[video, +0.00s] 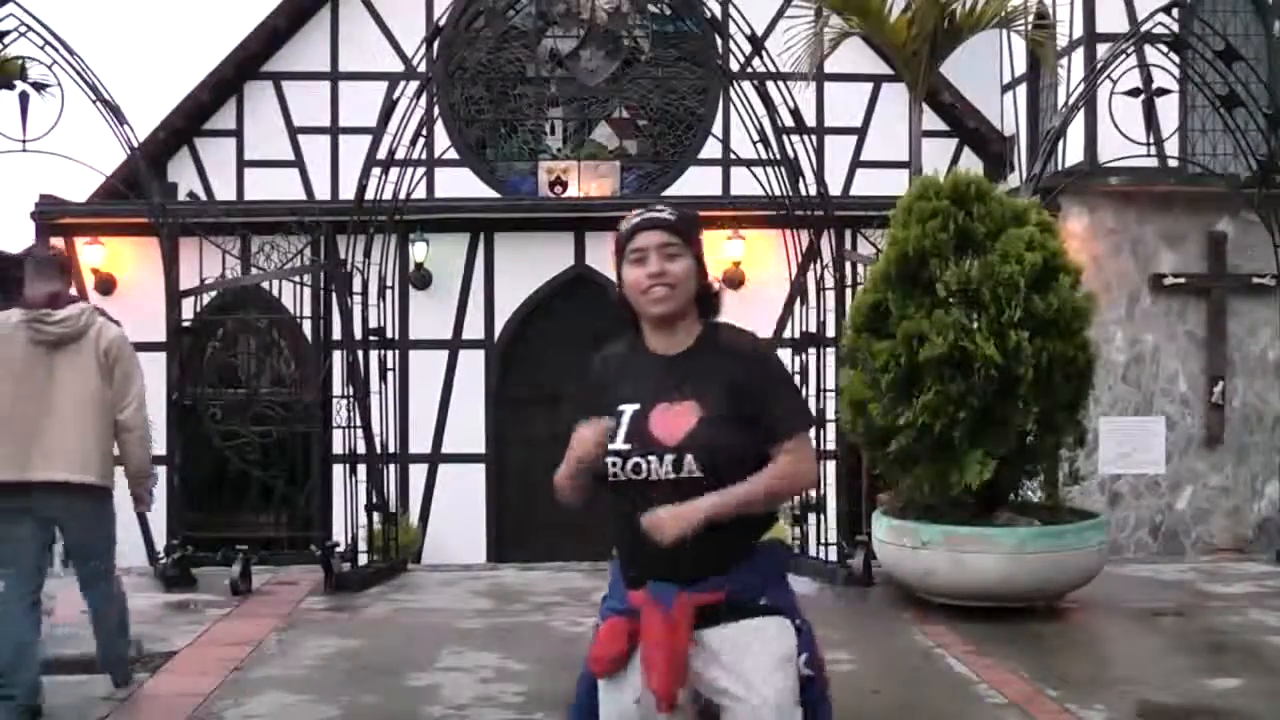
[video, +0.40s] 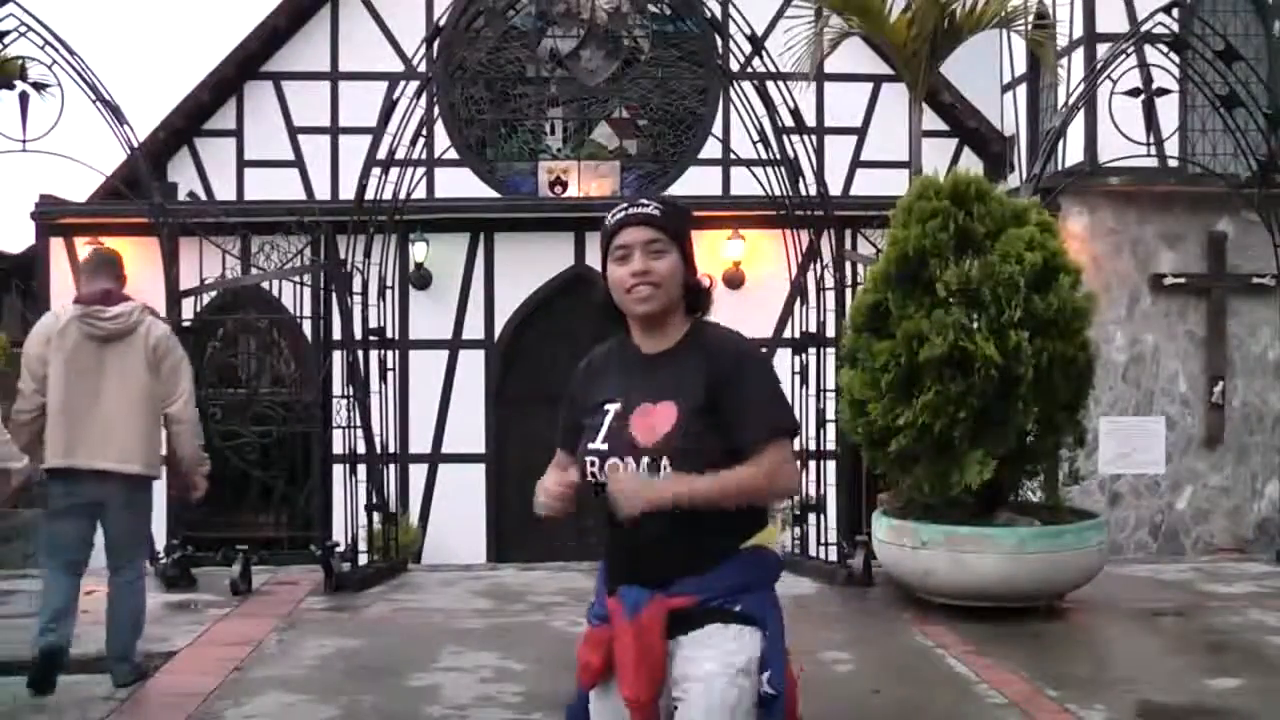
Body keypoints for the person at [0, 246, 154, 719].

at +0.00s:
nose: (36, 297)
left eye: (33, 291)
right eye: (46, 289)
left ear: (24, 289)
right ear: (69, 286)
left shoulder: (5, 331)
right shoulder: (105, 335)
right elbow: (132, 417)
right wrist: (141, 484)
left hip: (13, 482)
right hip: (82, 482)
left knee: (16, 590)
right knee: (99, 575)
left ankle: (16, 703)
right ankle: (119, 671)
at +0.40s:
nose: (87, 291)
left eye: (83, 283)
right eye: (112, 284)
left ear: (79, 283)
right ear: (124, 283)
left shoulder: (50, 330)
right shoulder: (156, 334)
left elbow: (24, 410)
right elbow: (181, 411)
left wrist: (41, 451)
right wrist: (193, 470)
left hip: (68, 471)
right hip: (130, 473)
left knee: (60, 565)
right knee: (127, 570)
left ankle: (51, 641)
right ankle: (123, 667)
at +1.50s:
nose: (97, 295)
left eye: (97, 289)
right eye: (99, 290)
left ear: (100, 289)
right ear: (136, 287)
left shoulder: (75, 336)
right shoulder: (164, 335)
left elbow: (60, 397)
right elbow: (186, 405)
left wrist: (66, 443)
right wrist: (197, 455)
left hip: (92, 456)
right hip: (147, 455)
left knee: (106, 546)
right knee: (162, 538)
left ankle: (117, 633)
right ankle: (175, 621)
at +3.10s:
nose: (88, 301)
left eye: (82, 293)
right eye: (103, 295)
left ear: (78, 294)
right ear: (110, 296)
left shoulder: (53, 339)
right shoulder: (133, 339)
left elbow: (39, 396)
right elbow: (149, 395)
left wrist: (43, 437)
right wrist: (156, 440)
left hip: (74, 441)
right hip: (116, 441)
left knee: (80, 520)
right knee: (112, 512)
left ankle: (90, 596)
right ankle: (120, 586)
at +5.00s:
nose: (102, 316)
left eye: (99, 312)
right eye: (108, 312)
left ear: (89, 314)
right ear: (117, 313)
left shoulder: (66, 343)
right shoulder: (136, 344)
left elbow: (52, 392)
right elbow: (150, 394)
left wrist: (64, 419)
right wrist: (155, 433)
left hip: (82, 430)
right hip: (123, 432)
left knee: (84, 500)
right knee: (135, 493)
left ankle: (84, 569)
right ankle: (144, 556)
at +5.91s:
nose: (147, 319)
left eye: (146, 313)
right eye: (153, 313)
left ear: (140, 314)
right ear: (164, 316)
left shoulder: (116, 347)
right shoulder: (179, 350)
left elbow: (97, 387)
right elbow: (187, 393)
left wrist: (95, 424)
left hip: (125, 429)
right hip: (159, 431)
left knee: (128, 493)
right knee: (160, 493)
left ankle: (126, 552)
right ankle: (149, 554)